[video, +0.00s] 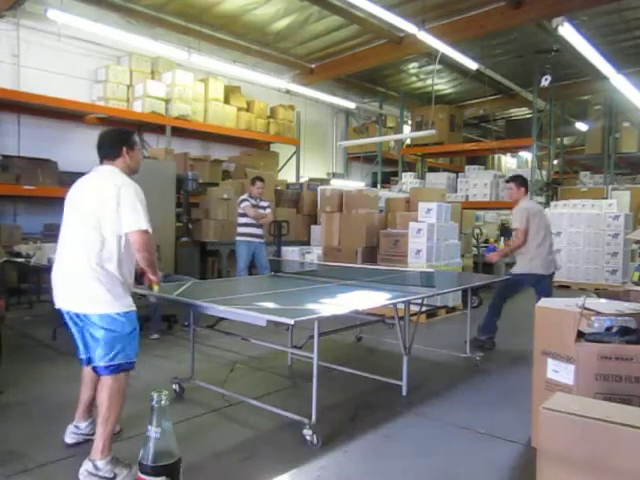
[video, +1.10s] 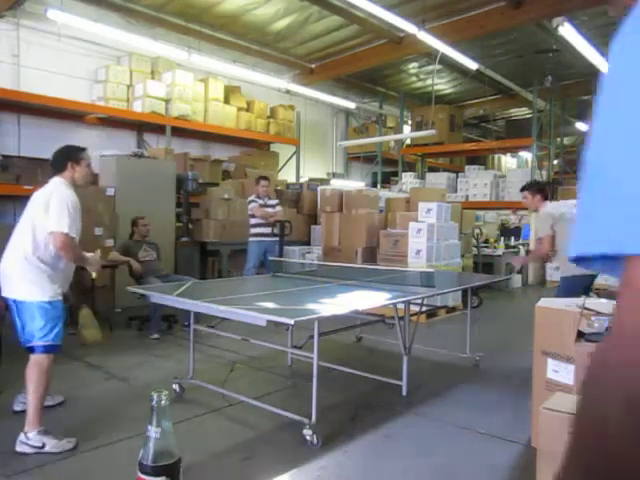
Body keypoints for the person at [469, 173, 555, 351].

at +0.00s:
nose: (507, 194)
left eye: (510, 189)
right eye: (507, 189)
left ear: (521, 190)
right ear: (523, 190)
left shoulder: (521, 209)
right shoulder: (537, 208)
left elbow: (519, 239)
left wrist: (499, 254)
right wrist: (506, 250)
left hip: (528, 268)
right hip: (546, 268)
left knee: (500, 295)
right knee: (546, 312)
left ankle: (485, 336)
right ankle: (549, 347)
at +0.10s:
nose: (521, 194)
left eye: (524, 190)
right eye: (521, 190)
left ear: (535, 190)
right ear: (537, 191)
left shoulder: (536, 209)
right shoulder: (550, 209)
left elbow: (536, 240)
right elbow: (547, 240)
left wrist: (516, 255)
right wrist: (527, 247)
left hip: (544, 270)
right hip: (559, 269)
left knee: (516, 302)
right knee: (560, 312)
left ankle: (490, 334)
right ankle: (564, 346)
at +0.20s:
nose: (531, 192)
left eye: (533, 188)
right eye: (530, 188)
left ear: (545, 187)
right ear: (547, 189)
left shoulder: (547, 207)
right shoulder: (560, 207)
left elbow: (549, 237)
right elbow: (557, 239)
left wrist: (531, 254)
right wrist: (535, 253)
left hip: (556, 267)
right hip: (569, 267)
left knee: (529, 299)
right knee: (566, 310)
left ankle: (504, 335)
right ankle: (567, 345)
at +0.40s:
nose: (540, 184)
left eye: (543, 179)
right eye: (539, 180)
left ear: (555, 180)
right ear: (554, 181)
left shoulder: (560, 196)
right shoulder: (566, 195)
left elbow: (560, 228)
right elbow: (561, 227)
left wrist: (537, 234)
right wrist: (539, 233)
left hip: (572, 259)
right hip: (583, 258)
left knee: (550, 303)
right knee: (574, 303)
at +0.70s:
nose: (541, 189)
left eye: (544, 184)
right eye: (540, 185)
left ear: (555, 184)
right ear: (556, 184)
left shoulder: (562, 200)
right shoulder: (566, 198)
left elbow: (570, 232)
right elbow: (568, 233)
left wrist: (553, 255)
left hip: (585, 259)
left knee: (568, 304)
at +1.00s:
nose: (530, 200)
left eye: (532, 196)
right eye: (529, 196)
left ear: (544, 194)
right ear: (545, 195)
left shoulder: (552, 210)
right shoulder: (564, 207)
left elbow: (559, 244)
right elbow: (563, 244)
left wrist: (543, 260)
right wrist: (545, 257)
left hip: (582, 265)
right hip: (595, 263)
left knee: (564, 307)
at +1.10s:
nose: (524, 202)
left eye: (526, 198)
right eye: (523, 198)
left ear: (538, 197)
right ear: (540, 198)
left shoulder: (545, 213)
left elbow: (546, 250)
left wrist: (524, 260)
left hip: (574, 271)